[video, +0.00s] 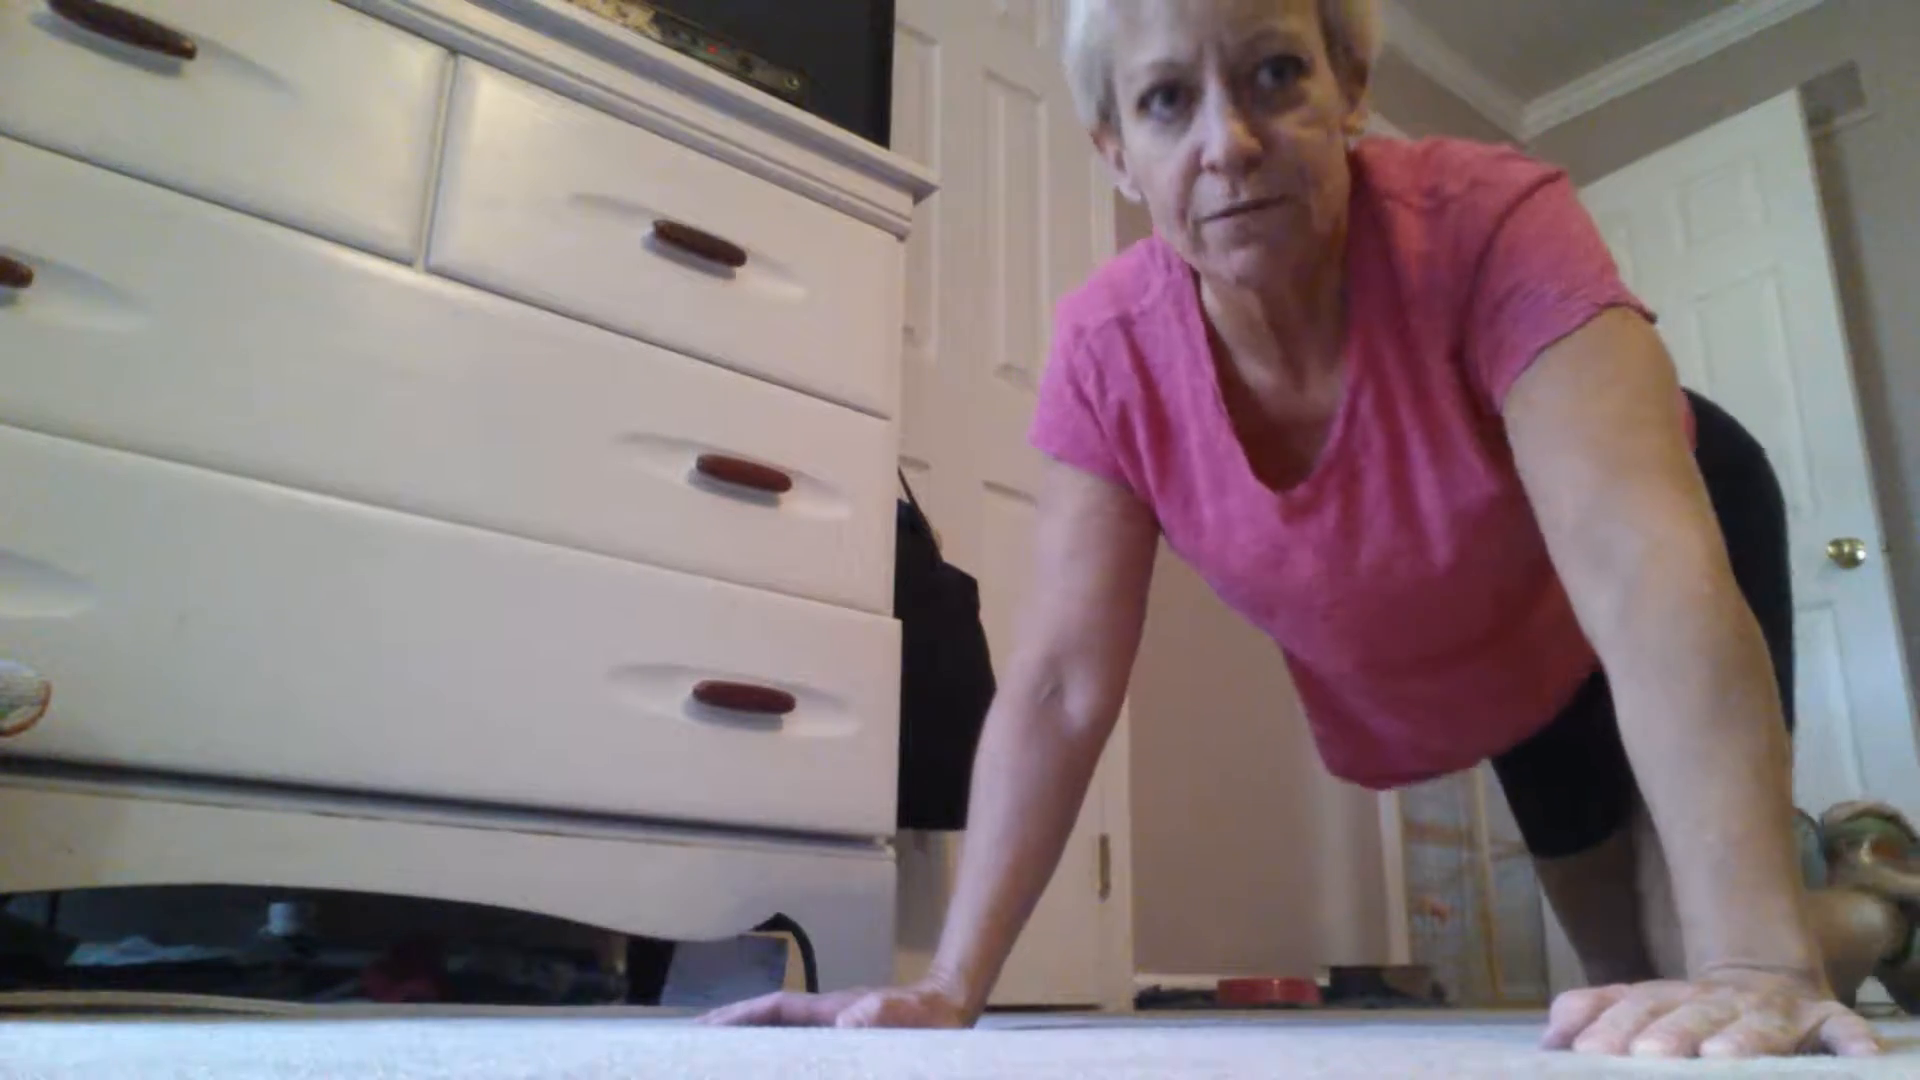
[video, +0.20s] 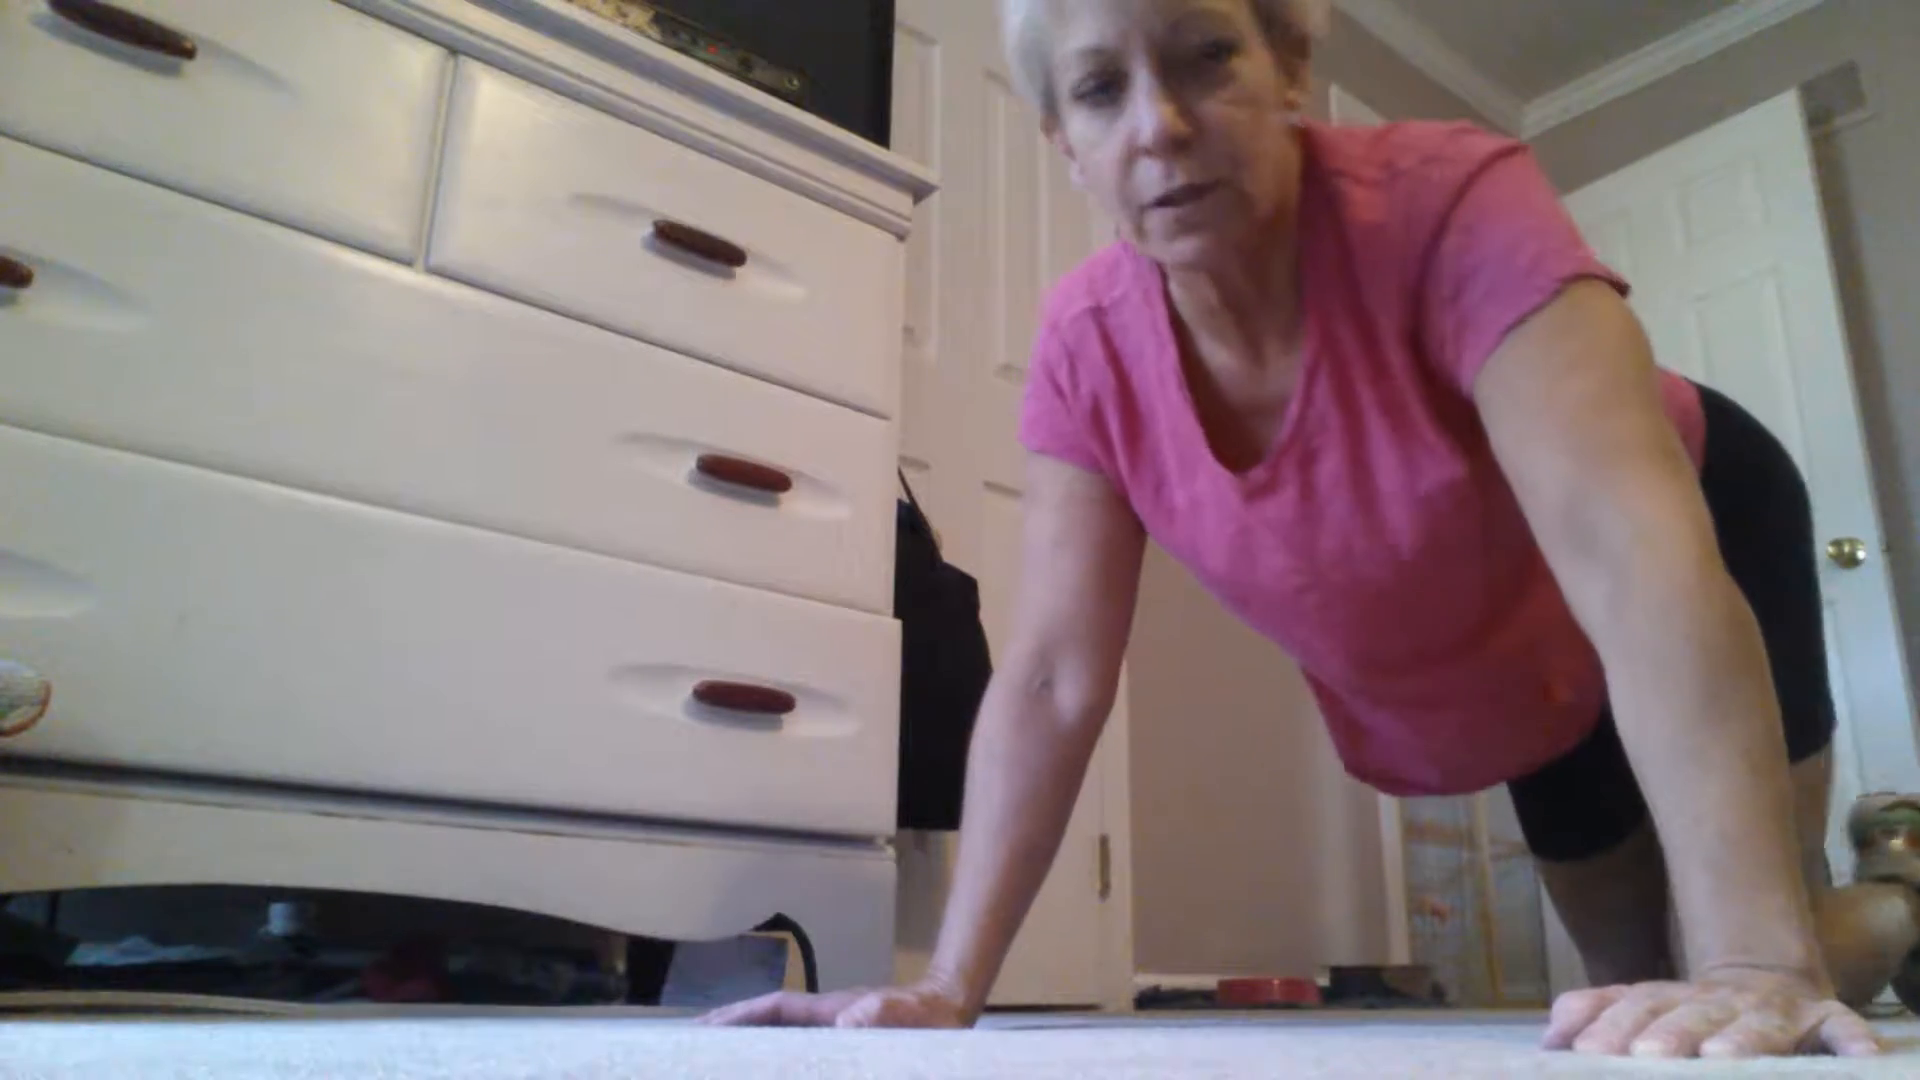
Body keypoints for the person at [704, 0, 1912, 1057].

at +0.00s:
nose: (1229, 143)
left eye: (1271, 78)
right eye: (1169, 103)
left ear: (1348, 95)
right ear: (1117, 160)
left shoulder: (1492, 224)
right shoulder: (1110, 341)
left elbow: (1651, 563)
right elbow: (1059, 684)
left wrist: (1749, 969)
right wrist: (953, 978)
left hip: (1654, 557)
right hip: (1487, 655)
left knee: (1739, 957)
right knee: (1620, 980)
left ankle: (1865, 906)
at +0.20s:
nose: (1161, 125)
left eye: (1203, 61)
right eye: (1103, 91)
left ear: (1291, 63)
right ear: (1059, 138)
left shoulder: (1454, 204)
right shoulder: (1090, 339)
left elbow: (1642, 551)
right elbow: (1047, 682)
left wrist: (1758, 970)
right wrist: (952, 980)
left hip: (1677, 551)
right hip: (1502, 656)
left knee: (1758, 965)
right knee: (1629, 992)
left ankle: (1918, 920)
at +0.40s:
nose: (1077, 166)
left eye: (1117, 89)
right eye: (1031, 120)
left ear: (1246, 69)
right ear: (1007, 136)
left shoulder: (1435, 191)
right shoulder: (1080, 330)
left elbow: (1624, 530)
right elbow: (1042, 674)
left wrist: (1754, 972)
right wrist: (950, 983)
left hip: (1678, 542)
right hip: (1500, 659)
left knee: (1776, 955)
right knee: (1644, 999)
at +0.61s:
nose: (1035, 202)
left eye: (1074, 129)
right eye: (1004, 151)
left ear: (1234, 83)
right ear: (989, 157)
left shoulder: (1454, 187)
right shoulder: (1091, 348)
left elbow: (1658, 540)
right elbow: (1047, 679)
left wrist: (1754, 970)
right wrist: (950, 983)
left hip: (1685, 568)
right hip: (1513, 678)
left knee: (1775, 953)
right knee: (1645, 995)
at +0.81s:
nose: (1041, 199)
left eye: (1079, 127)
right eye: (1008, 146)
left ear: (1239, 68)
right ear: (990, 144)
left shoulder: (1467, 172)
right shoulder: (1099, 329)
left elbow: (1690, 540)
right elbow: (1053, 677)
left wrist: (1759, 972)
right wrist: (950, 982)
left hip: (1689, 565)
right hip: (1521, 681)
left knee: (1772, 958)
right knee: (1665, 990)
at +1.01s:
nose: (1047, 194)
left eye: (1085, 125)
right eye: (1014, 141)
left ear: (1249, 63)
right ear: (995, 133)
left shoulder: (1484, 154)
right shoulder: (1105, 313)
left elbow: (1699, 516)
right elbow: (1057, 671)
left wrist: (1764, 970)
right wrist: (949, 983)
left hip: (1697, 566)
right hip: (1534, 692)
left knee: (1791, 947)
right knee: (1730, 970)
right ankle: (1895, 931)